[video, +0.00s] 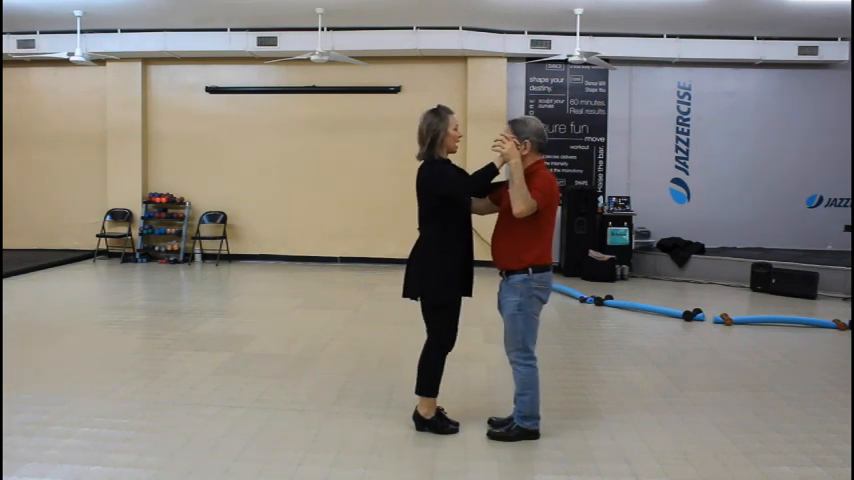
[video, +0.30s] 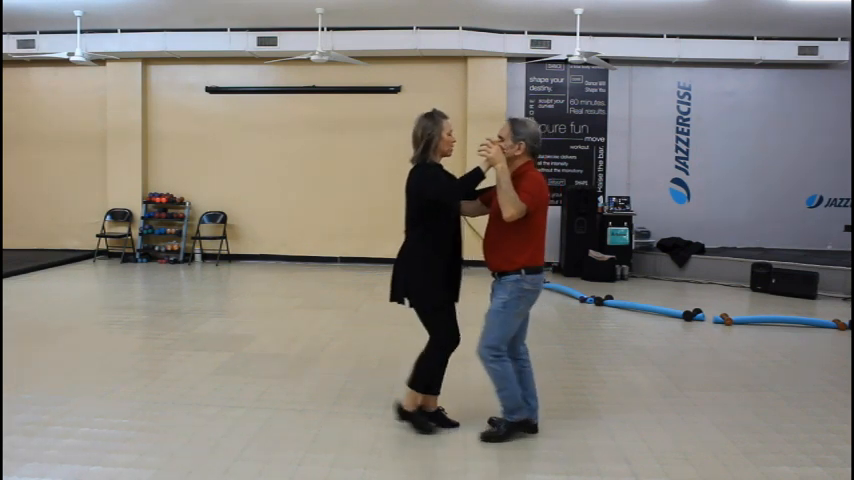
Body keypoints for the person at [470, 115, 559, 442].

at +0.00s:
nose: (501, 147)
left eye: (507, 141)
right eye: (502, 141)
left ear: (525, 146)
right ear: (525, 146)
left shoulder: (544, 179)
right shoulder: (519, 180)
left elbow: (521, 208)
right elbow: (481, 204)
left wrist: (514, 163)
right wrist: (448, 191)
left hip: (529, 278)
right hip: (514, 276)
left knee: (522, 353)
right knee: (516, 352)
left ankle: (527, 423)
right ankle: (522, 415)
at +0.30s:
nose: (495, 144)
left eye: (501, 139)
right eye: (496, 139)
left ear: (519, 148)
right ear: (515, 148)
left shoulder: (532, 179)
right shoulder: (510, 180)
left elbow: (511, 211)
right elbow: (471, 207)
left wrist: (500, 167)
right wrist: (437, 197)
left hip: (521, 278)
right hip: (509, 276)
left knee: (491, 349)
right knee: (514, 349)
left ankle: (516, 416)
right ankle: (526, 417)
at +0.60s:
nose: (469, 160)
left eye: (475, 154)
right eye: (469, 154)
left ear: (496, 155)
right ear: (494, 156)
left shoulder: (511, 187)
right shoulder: (488, 186)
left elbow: (484, 217)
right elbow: (450, 214)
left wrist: (467, 176)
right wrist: (413, 205)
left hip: (493, 284)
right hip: (487, 282)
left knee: (457, 355)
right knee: (493, 351)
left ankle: (442, 430)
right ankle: (524, 416)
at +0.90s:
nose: (454, 155)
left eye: (459, 150)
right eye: (455, 149)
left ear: (478, 155)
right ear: (477, 156)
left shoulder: (492, 188)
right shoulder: (470, 187)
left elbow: (463, 219)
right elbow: (431, 215)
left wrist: (448, 178)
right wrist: (392, 208)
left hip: (481, 287)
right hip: (475, 285)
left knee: (439, 356)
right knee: (476, 352)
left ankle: (440, 431)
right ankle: (518, 410)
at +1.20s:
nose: (470, 146)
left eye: (476, 141)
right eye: (472, 140)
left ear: (495, 148)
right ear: (495, 148)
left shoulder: (512, 183)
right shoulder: (486, 181)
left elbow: (489, 215)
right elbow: (450, 208)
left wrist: (473, 174)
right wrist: (413, 198)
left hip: (502, 279)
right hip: (496, 277)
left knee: (472, 352)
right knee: (500, 349)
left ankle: (457, 427)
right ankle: (516, 417)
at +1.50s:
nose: (491, 147)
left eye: (496, 142)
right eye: (492, 141)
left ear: (514, 147)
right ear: (513, 148)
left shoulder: (531, 179)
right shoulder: (510, 180)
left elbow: (507, 208)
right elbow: (471, 205)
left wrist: (495, 163)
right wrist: (436, 195)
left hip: (527, 278)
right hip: (513, 277)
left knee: (513, 352)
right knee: (505, 349)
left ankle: (528, 425)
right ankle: (512, 415)